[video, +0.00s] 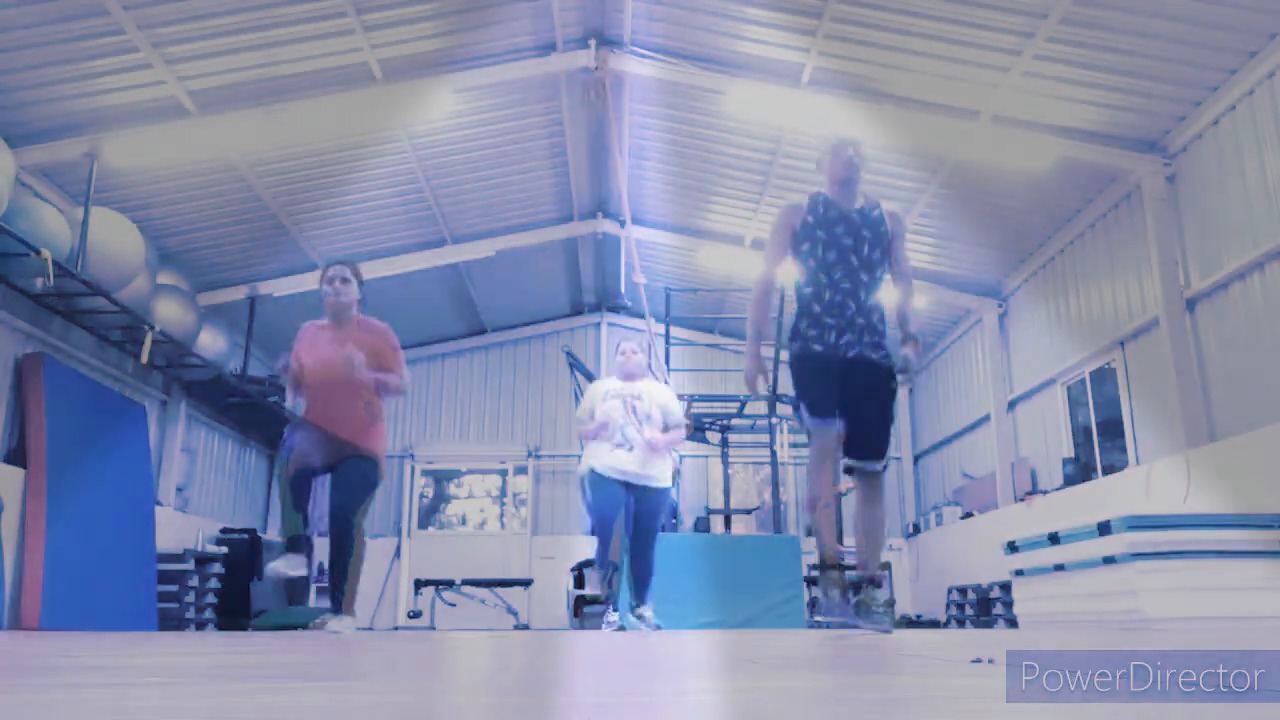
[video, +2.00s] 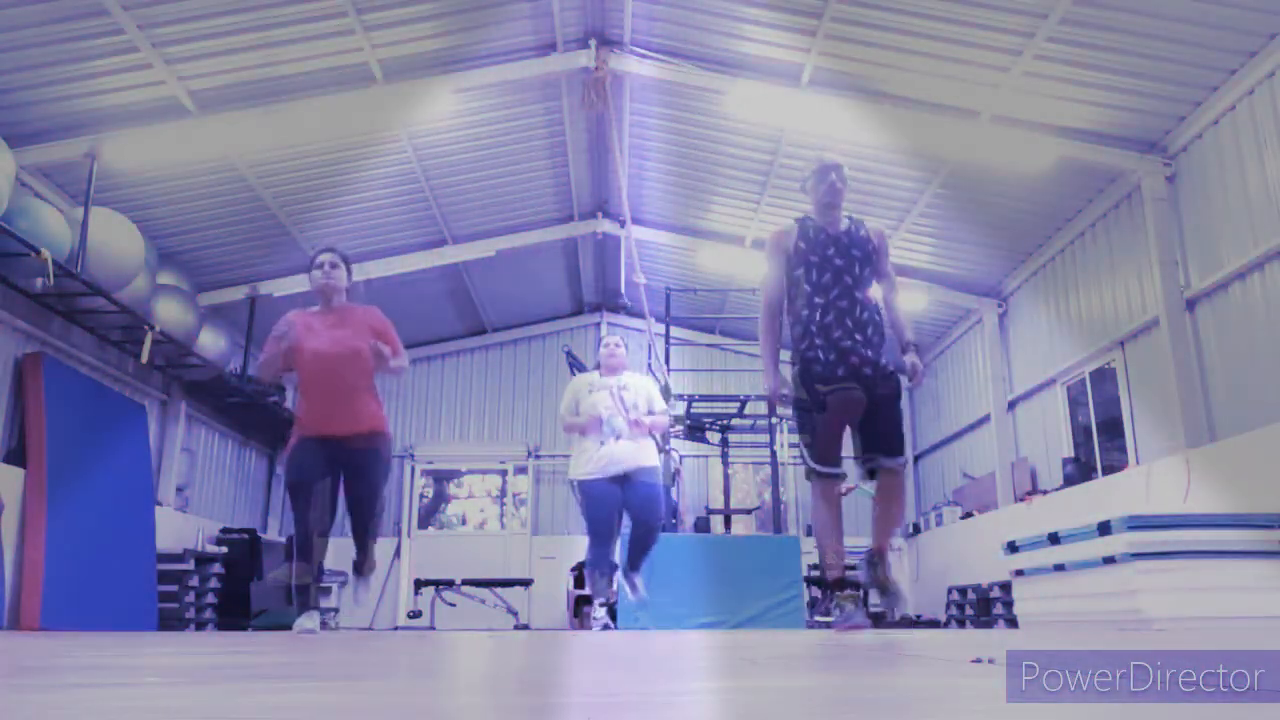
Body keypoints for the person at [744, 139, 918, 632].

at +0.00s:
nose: (848, 158)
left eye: (854, 153)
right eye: (839, 153)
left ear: (864, 168)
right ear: (822, 166)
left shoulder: (886, 218)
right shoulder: (798, 213)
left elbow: (903, 283)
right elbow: (766, 282)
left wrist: (907, 332)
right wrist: (755, 351)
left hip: (872, 350)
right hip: (815, 345)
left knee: (870, 474)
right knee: (825, 444)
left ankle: (871, 586)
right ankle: (830, 577)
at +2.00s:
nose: (833, 183)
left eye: (839, 178)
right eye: (824, 178)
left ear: (847, 188)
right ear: (808, 189)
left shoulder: (871, 237)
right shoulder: (787, 238)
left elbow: (891, 298)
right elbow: (771, 307)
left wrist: (907, 345)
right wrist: (771, 371)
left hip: (875, 361)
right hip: (818, 363)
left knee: (891, 468)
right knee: (827, 479)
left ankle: (879, 562)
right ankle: (838, 592)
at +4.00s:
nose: (813, 249)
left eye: (819, 243)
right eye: (806, 243)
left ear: (826, 252)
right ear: (794, 251)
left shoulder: (842, 297)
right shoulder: (772, 295)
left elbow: (863, 349)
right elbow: (751, 347)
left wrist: (871, 395)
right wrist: (766, 387)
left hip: (839, 404)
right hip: (790, 406)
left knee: (851, 475)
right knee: (795, 499)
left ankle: (849, 578)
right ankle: (800, 594)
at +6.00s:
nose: (861, 203)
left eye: (869, 198)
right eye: (853, 197)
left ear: (878, 210)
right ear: (838, 209)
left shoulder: (896, 258)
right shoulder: (814, 257)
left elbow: (916, 319)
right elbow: (792, 323)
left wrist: (920, 373)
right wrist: (782, 384)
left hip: (883, 377)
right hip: (831, 371)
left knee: (884, 488)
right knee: (845, 416)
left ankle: (884, 599)